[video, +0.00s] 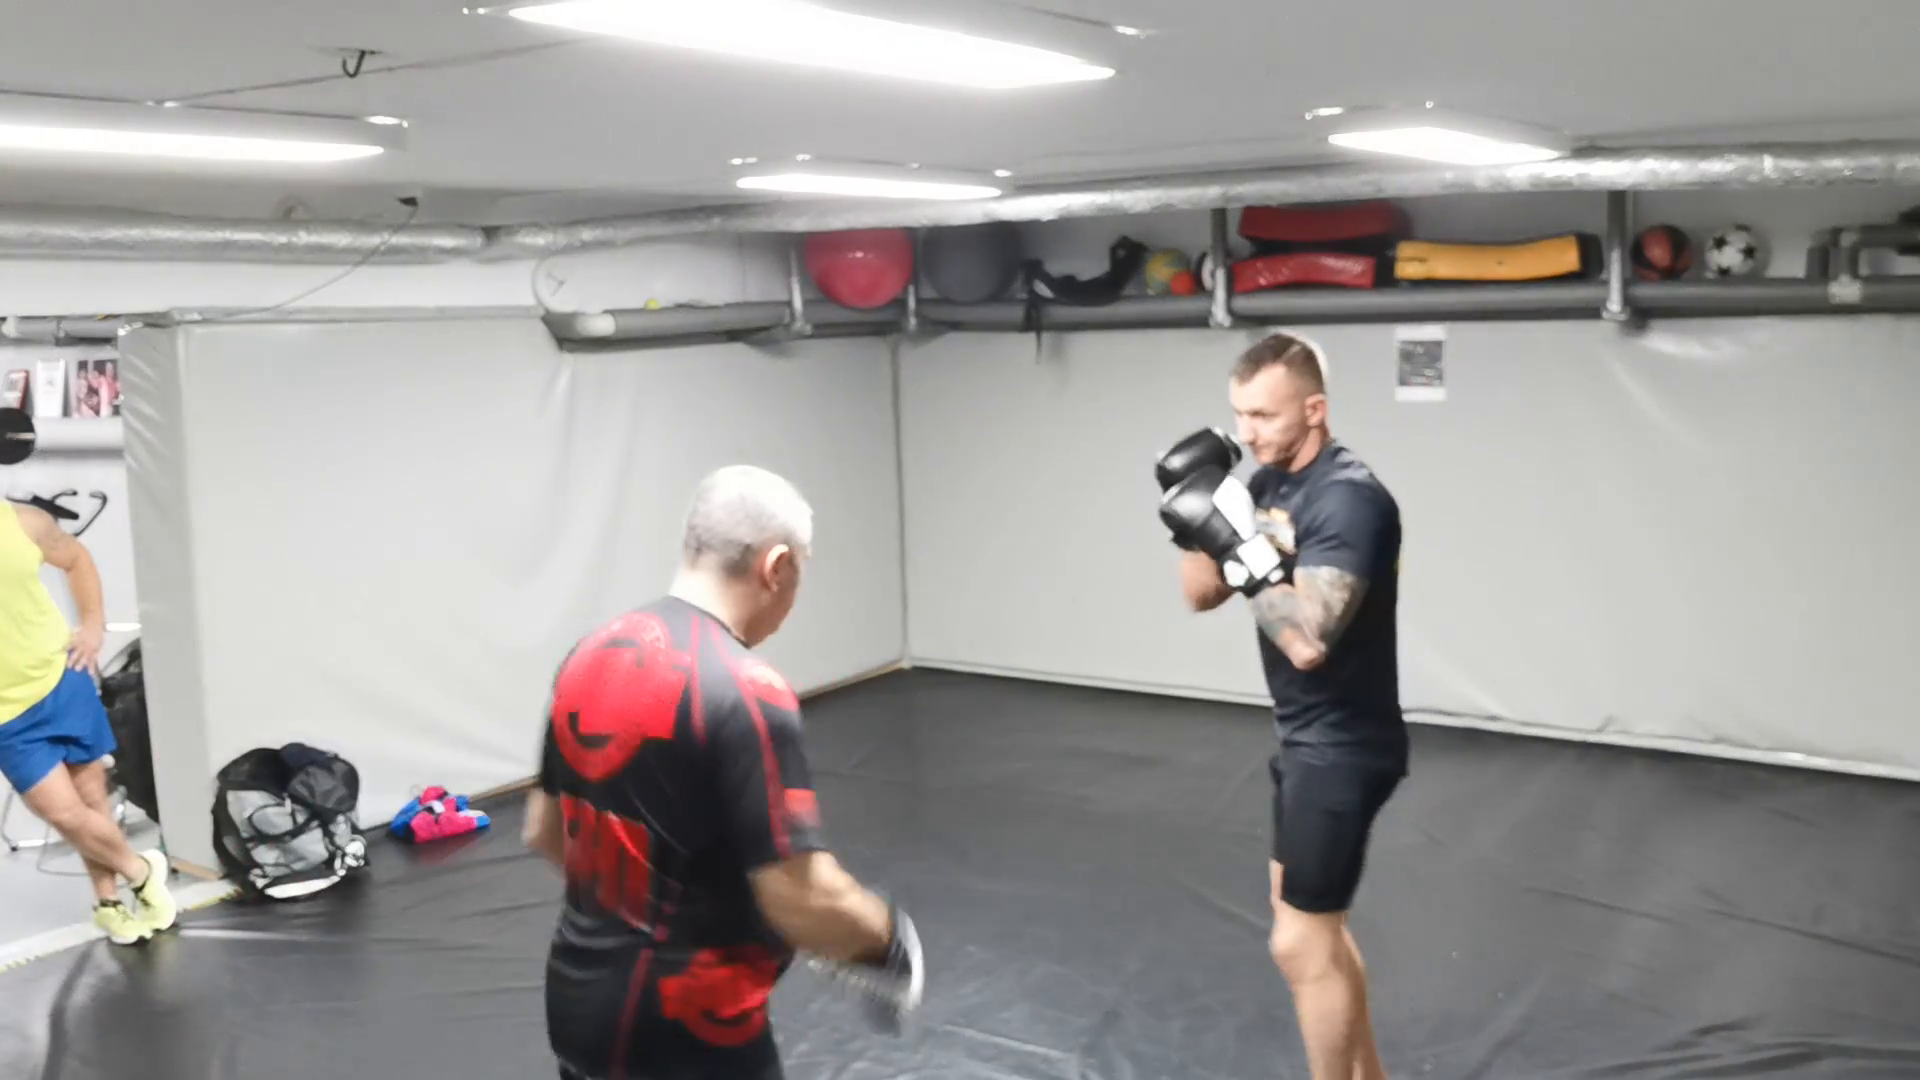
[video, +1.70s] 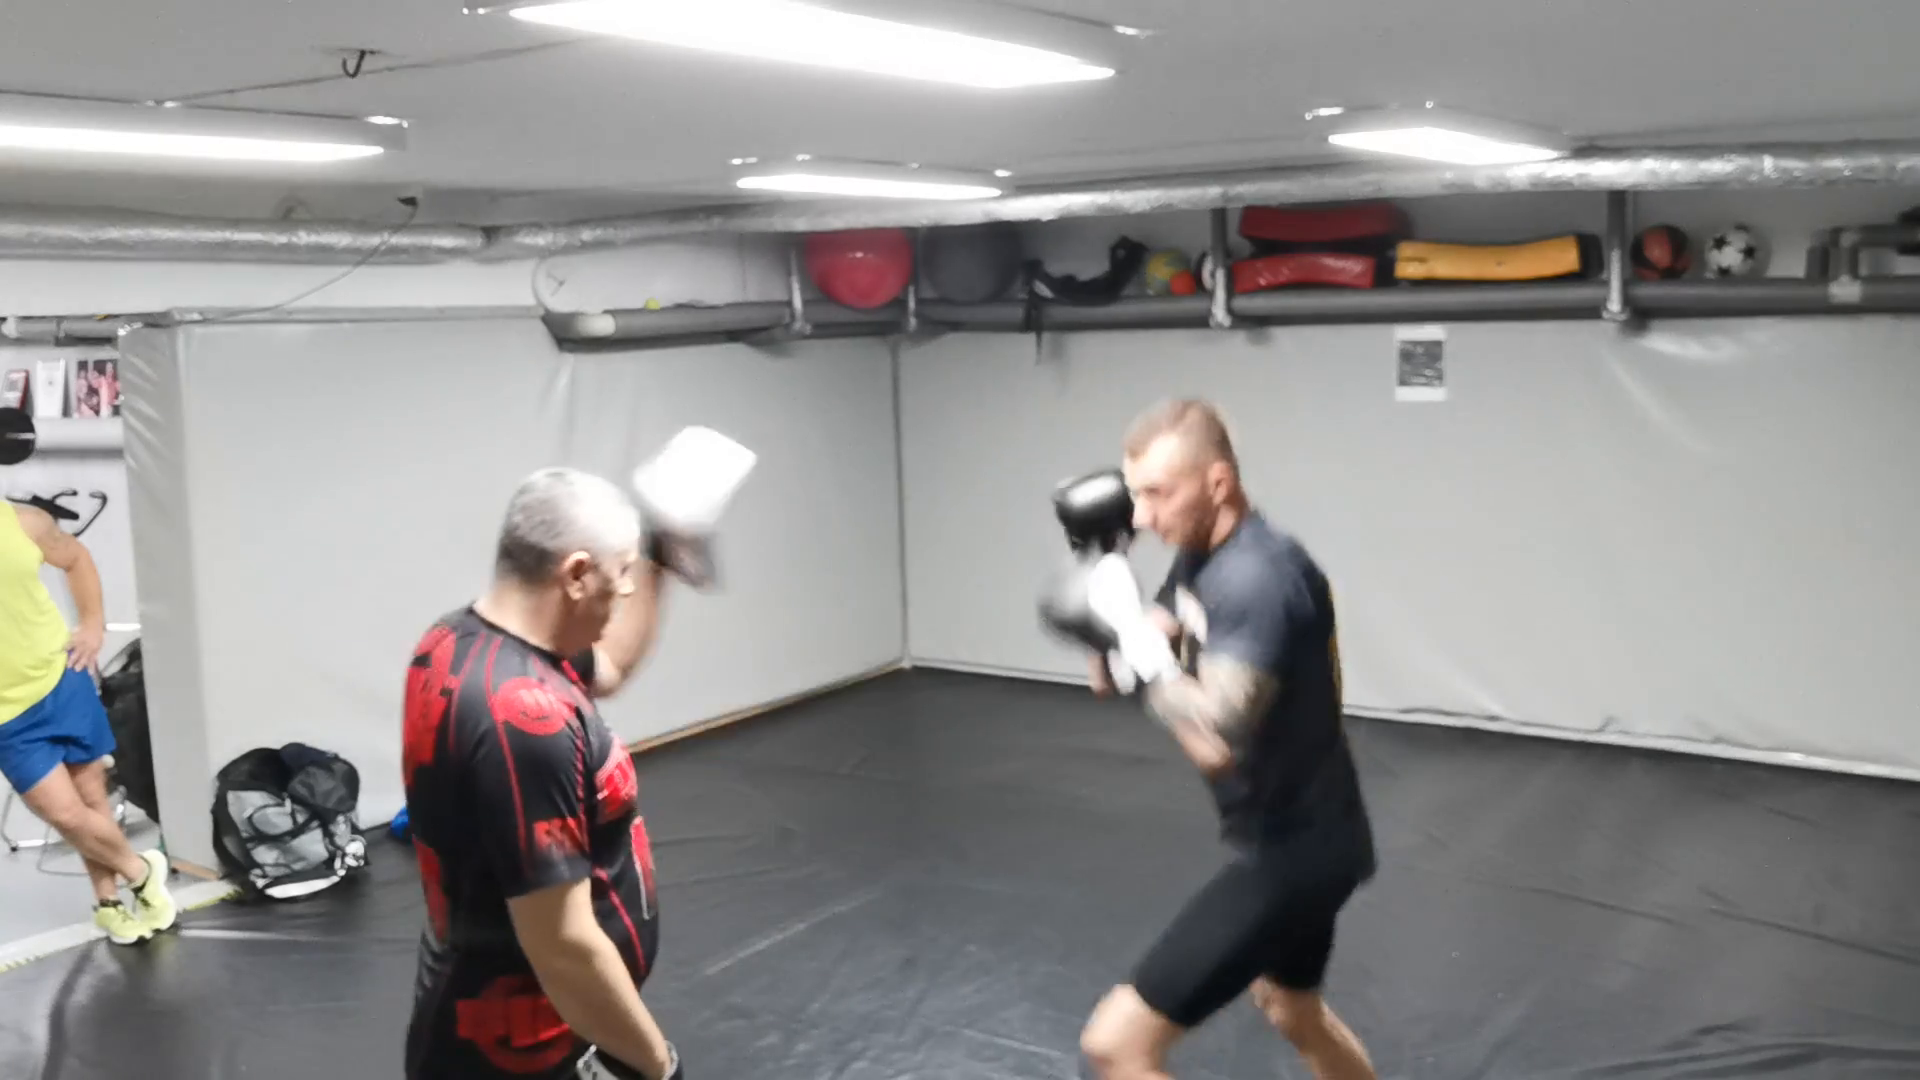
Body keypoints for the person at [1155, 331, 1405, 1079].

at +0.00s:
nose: (1247, 434)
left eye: (1262, 415)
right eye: (1241, 415)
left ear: (1314, 410)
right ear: (1240, 413)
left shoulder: (1350, 498)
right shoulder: (1268, 481)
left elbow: (1308, 641)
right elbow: (1201, 590)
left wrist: (1245, 551)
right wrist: (1200, 506)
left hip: (1342, 748)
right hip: (1301, 737)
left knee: (1303, 951)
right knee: (1302, 921)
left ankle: (1338, 1079)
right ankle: (1366, 1070)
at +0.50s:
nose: (1199, 472)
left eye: (1215, 452)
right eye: (1192, 455)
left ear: (1270, 446)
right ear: (1188, 454)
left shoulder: (1317, 523)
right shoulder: (1236, 524)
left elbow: (1277, 664)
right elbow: (1155, 627)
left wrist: (1216, 573)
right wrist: (1151, 523)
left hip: (1340, 774)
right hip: (1293, 769)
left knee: (1207, 969)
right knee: (1297, 943)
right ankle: (1372, 1073)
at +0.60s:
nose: (1185, 480)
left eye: (1202, 461)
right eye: (1180, 463)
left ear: (1258, 458)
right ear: (1179, 460)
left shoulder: (1305, 537)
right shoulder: (1225, 533)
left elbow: (1311, 689)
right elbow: (1156, 644)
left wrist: (1225, 598)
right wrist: (1142, 552)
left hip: (1322, 790)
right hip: (1299, 784)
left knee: (1178, 980)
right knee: (1313, 952)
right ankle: (1376, 1073)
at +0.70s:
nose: (1148, 487)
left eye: (1166, 467)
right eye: (1145, 467)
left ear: (1225, 467)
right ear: (1229, 470)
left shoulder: (1237, 531)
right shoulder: (1272, 519)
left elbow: (1192, 607)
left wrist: (1060, 555)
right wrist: (1150, 543)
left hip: (1309, 799)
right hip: (1354, 785)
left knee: (1204, 1022)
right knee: (1322, 944)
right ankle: (1376, 1069)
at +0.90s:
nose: (1119, 505)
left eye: (1134, 486)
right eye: (1117, 486)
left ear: (1193, 482)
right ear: (1199, 484)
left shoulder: (1190, 545)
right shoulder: (1258, 532)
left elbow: (1088, 629)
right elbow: (1197, 649)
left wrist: (957, 611)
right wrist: (1136, 568)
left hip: (1310, 811)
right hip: (1351, 795)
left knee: (1211, 1048)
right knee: (1306, 951)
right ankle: (1424, 1071)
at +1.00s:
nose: (1123, 489)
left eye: (1137, 468)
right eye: (1120, 470)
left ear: (1196, 461)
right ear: (1194, 463)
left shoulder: (1217, 545)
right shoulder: (1254, 523)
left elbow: (1229, 705)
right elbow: (1193, 675)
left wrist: (1103, 670)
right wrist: (1139, 585)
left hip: (1302, 811)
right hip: (1345, 795)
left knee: (1221, 1043)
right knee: (1320, 971)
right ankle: (1413, 1074)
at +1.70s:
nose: (1143, 514)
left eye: (1157, 493)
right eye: (1136, 496)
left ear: (1218, 483)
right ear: (1214, 487)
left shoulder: (1262, 577)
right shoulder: (1204, 557)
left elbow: (1215, 741)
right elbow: (1123, 674)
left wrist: (1138, 638)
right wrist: (1104, 579)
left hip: (1303, 850)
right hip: (1289, 838)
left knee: (1117, 1044)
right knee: (1291, 1009)